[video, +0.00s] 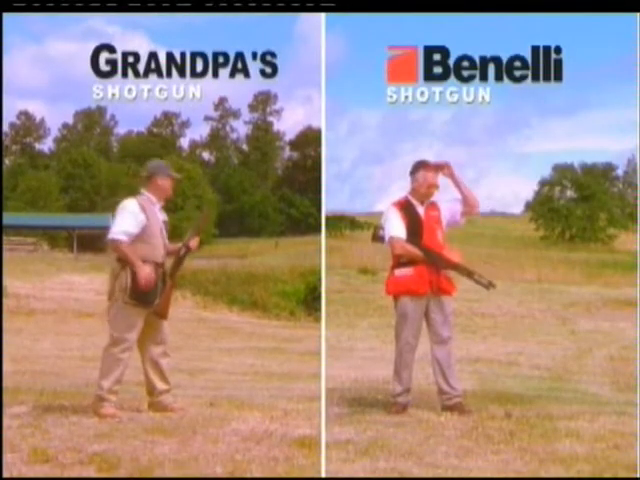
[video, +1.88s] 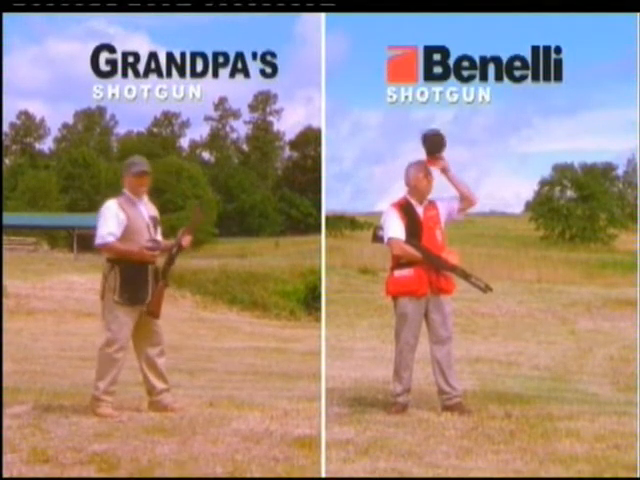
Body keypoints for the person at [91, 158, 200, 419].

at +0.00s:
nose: (172, 186)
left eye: (172, 181)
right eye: (169, 181)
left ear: (160, 183)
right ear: (155, 180)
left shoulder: (158, 213)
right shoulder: (132, 207)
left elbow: (159, 249)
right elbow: (116, 239)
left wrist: (183, 247)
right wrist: (138, 265)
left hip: (155, 273)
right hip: (132, 273)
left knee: (156, 341)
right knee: (122, 340)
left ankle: (160, 397)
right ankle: (106, 398)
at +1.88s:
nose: (142, 181)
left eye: (146, 176)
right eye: (137, 176)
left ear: (150, 179)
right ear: (125, 178)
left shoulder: (150, 209)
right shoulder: (113, 208)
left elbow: (154, 244)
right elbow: (104, 244)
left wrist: (176, 244)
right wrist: (139, 253)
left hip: (147, 280)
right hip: (121, 280)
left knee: (152, 342)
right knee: (117, 341)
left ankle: (159, 396)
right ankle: (102, 399)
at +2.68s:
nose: (115, 180)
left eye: (119, 174)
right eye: (110, 175)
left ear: (127, 177)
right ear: (103, 180)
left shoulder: (141, 206)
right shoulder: (97, 211)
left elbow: (153, 241)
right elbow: (90, 247)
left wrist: (169, 236)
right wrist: (125, 250)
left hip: (142, 283)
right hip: (114, 283)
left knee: (148, 344)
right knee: (113, 343)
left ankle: (159, 396)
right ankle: (102, 399)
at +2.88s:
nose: (120, 180)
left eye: (123, 175)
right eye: (114, 176)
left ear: (130, 177)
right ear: (106, 180)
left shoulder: (142, 206)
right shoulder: (99, 211)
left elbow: (153, 241)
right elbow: (95, 247)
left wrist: (171, 236)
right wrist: (129, 245)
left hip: (143, 281)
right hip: (115, 281)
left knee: (152, 342)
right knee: (113, 342)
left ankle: (160, 396)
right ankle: (102, 399)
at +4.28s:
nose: (167, 206)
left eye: (166, 201)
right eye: (163, 202)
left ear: (154, 205)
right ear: (148, 205)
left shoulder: (162, 227)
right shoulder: (126, 232)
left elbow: (164, 255)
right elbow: (88, 255)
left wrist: (185, 258)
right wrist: (62, 278)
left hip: (145, 292)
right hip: (120, 293)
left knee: (162, 340)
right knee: (125, 352)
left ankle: (161, 396)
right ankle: (92, 399)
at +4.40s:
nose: (173, 217)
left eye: (172, 211)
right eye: (169, 212)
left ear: (158, 216)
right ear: (154, 215)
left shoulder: (164, 239)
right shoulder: (136, 244)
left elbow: (161, 271)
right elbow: (110, 276)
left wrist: (186, 268)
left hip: (145, 296)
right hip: (122, 298)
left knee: (166, 341)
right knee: (134, 359)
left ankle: (163, 396)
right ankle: (94, 398)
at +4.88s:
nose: (154, 177)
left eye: (153, 172)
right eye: (149, 172)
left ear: (142, 177)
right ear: (134, 177)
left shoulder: (152, 201)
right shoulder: (131, 200)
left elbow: (181, 216)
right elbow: (157, 215)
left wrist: (202, 192)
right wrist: (173, 202)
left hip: (154, 264)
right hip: (133, 265)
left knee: (159, 336)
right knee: (125, 335)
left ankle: (162, 396)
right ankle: (96, 396)